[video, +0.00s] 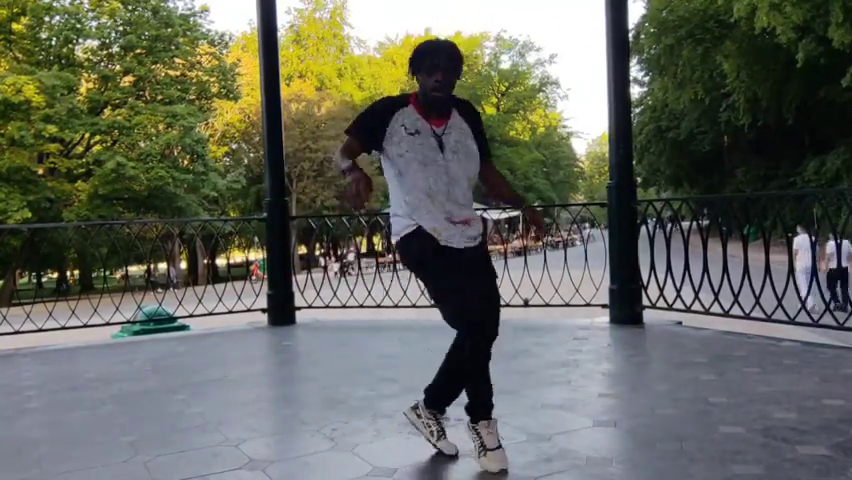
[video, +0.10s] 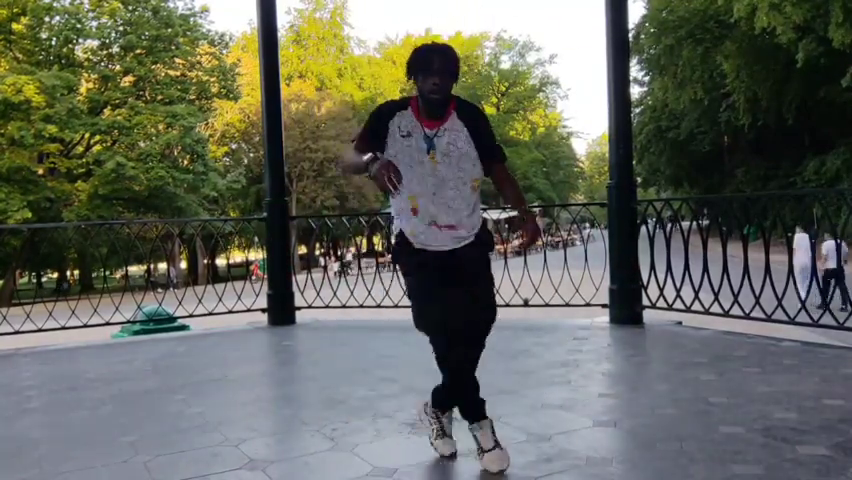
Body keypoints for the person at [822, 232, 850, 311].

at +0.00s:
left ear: (831, 235)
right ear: (842, 234)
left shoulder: (830, 244)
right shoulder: (846, 243)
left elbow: (828, 256)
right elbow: (850, 255)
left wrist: (825, 266)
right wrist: (848, 264)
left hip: (832, 268)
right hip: (844, 268)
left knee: (831, 287)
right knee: (844, 288)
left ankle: (837, 303)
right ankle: (845, 305)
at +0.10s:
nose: (824, 237)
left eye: (825, 235)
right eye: (825, 235)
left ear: (826, 236)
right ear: (835, 235)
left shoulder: (825, 244)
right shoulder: (841, 243)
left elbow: (824, 256)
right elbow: (846, 252)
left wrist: (821, 265)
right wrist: (845, 261)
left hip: (828, 268)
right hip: (839, 268)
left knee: (825, 287)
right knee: (842, 287)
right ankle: (844, 304)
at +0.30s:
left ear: (820, 236)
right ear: (829, 235)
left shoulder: (818, 244)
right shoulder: (832, 243)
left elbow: (815, 256)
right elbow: (834, 255)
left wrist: (814, 264)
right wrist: (834, 262)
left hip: (819, 267)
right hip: (829, 267)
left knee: (817, 286)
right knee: (831, 285)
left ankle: (817, 302)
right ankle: (839, 299)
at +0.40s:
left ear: (812, 236)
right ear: (821, 234)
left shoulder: (810, 244)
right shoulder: (827, 241)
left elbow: (809, 255)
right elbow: (832, 250)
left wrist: (808, 265)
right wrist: (833, 260)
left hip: (815, 266)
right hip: (825, 265)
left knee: (815, 285)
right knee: (825, 284)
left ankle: (817, 303)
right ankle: (830, 299)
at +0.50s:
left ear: (808, 234)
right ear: (818, 233)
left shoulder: (806, 243)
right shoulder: (823, 241)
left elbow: (805, 255)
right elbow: (828, 250)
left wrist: (805, 263)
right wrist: (830, 259)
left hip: (811, 266)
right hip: (821, 265)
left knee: (814, 285)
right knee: (820, 284)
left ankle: (816, 302)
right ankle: (821, 300)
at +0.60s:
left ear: (807, 235)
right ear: (816, 235)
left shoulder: (804, 244)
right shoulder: (820, 243)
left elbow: (801, 254)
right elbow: (824, 253)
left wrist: (802, 262)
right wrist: (828, 261)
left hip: (808, 266)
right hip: (818, 265)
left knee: (811, 285)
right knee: (814, 284)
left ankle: (816, 301)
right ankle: (810, 300)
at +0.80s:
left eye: (802, 234)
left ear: (804, 235)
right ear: (812, 235)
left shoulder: (800, 244)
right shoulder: (815, 243)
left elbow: (797, 254)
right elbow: (819, 254)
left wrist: (797, 263)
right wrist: (822, 263)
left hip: (803, 266)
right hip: (812, 265)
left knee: (801, 283)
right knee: (809, 284)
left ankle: (811, 296)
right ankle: (806, 299)